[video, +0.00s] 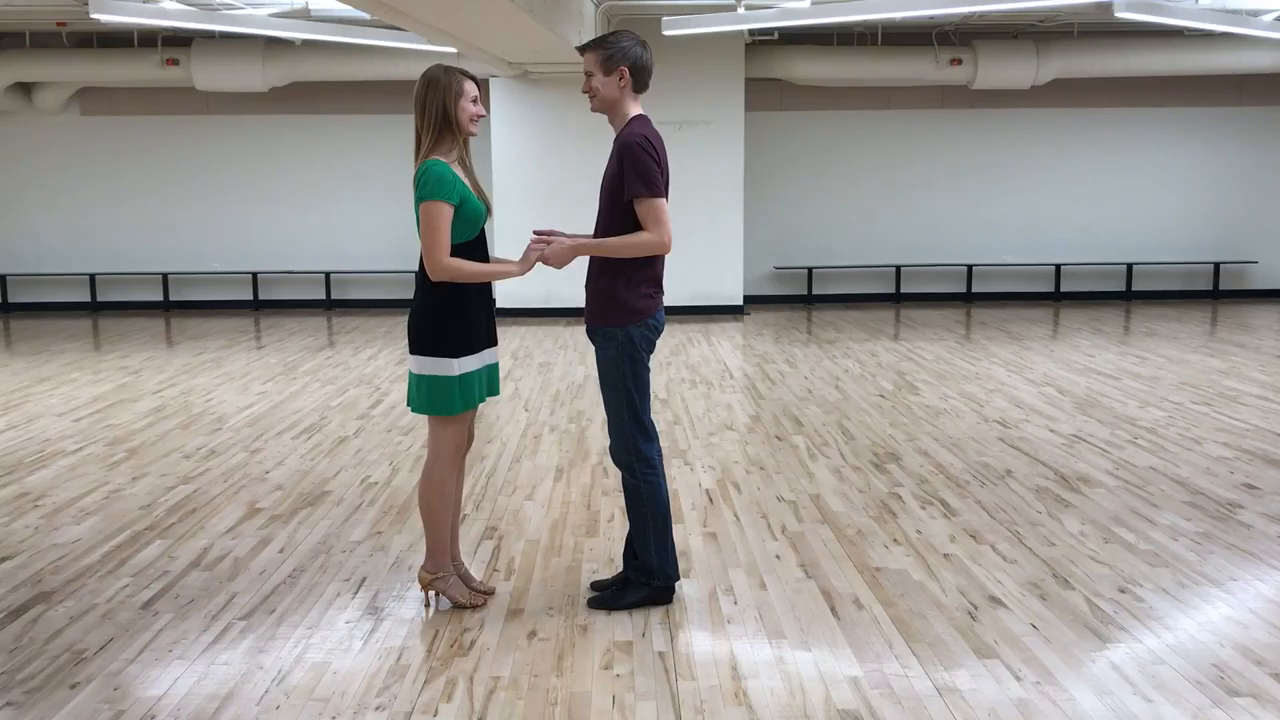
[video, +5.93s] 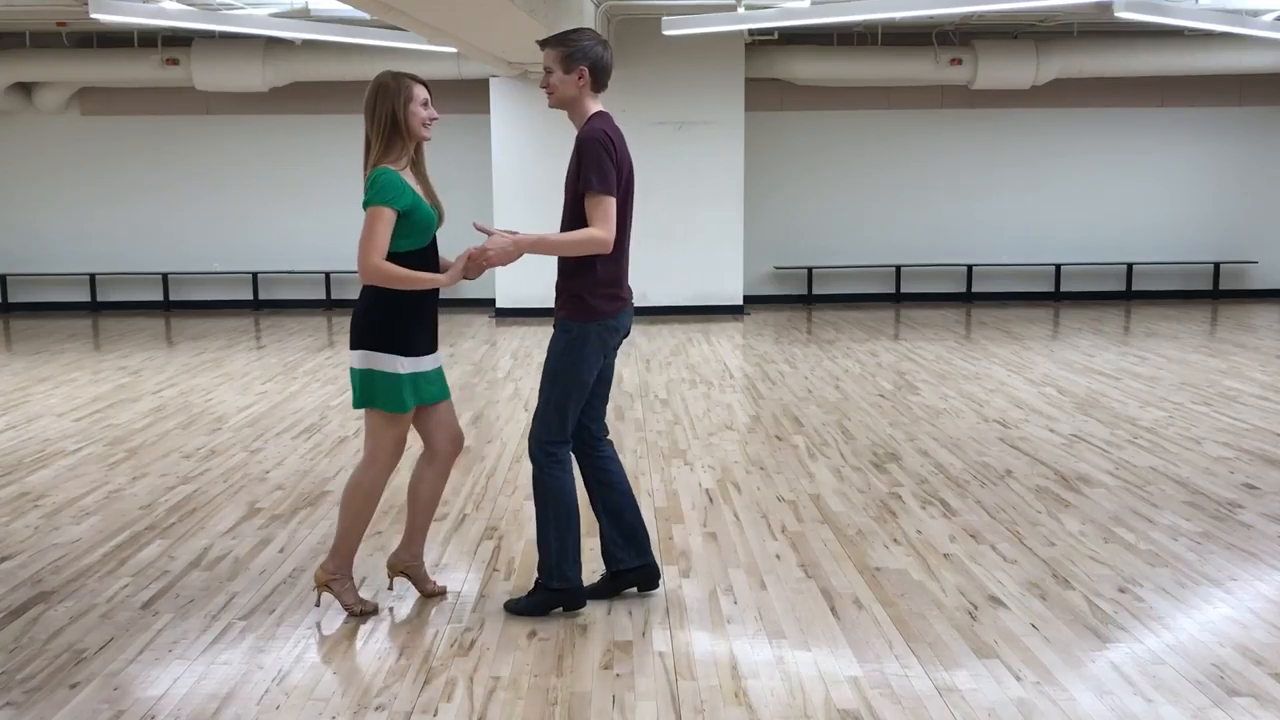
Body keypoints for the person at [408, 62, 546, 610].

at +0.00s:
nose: (480, 109)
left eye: (479, 100)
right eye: (470, 100)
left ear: (465, 107)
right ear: (444, 106)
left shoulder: (457, 170)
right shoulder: (438, 174)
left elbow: (463, 257)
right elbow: (437, 265)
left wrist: (516, 263)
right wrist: (512, 268)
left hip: (465, 325)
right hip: (444, 329)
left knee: (458, 445)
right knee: (444, 450)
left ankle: (451, 560)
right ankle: (436, 566)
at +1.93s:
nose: (495, 109)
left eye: (493, 100)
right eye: (486, 101)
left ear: (467, 109)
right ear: (461, 109)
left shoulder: (466, 172)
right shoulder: (455, 177)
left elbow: (479, 251)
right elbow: (458, 263)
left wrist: (532, 230)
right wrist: (529, 237)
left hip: (462, 327)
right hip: (476, 329)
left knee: (469, 446)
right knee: (499, 442)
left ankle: (427, 554)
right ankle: (467, 564)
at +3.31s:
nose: (463, 115)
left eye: (461, 106)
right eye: (454, 106)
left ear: (441, 113)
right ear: (426, 114)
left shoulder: (437, 175)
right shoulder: (416, 180)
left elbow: (442, 262)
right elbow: (418, 270)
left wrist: (494, 265)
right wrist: (488, 267)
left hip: (439, 331)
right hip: (430, 336)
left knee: (444, 447)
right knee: (471, 447)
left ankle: (419, 562)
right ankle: (410, 552)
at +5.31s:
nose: (477, 111)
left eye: (475, 102)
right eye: (466, 102)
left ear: (459, 111)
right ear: (440, 111)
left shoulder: (455, 173)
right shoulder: (433, 177)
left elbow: (479, 251)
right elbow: (466, 261)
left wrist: (535, 229)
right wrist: (529, 233)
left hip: (468, 327)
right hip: (449, 330)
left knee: (482, 443)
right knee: (478, 446)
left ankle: (420, 544)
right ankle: (460, 562)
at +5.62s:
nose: (450, 113)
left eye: (447, 104)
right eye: (439, 105)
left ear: (428, 113)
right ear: (412, 114)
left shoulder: (426, 176)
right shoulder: (403, 180)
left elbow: (435, 263)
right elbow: (405, 273)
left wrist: (486, 271)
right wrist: (478, 275)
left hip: (430, 332)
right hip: (421, 338)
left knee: (437, 446)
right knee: (465, 445)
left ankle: (411, 560)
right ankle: (405, 550)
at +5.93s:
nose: (432, 113)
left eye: (430, 104)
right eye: (422, 105)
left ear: (409, 114)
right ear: (396, 113)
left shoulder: (410, 177)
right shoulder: (388, 180)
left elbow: (410, 263)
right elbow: (369, 267)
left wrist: (460, 265)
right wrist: (443, 277)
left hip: (414, 334)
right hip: (386, 336)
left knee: (446, 442)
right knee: (382, 452)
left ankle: (410, 554)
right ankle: (337, 567)